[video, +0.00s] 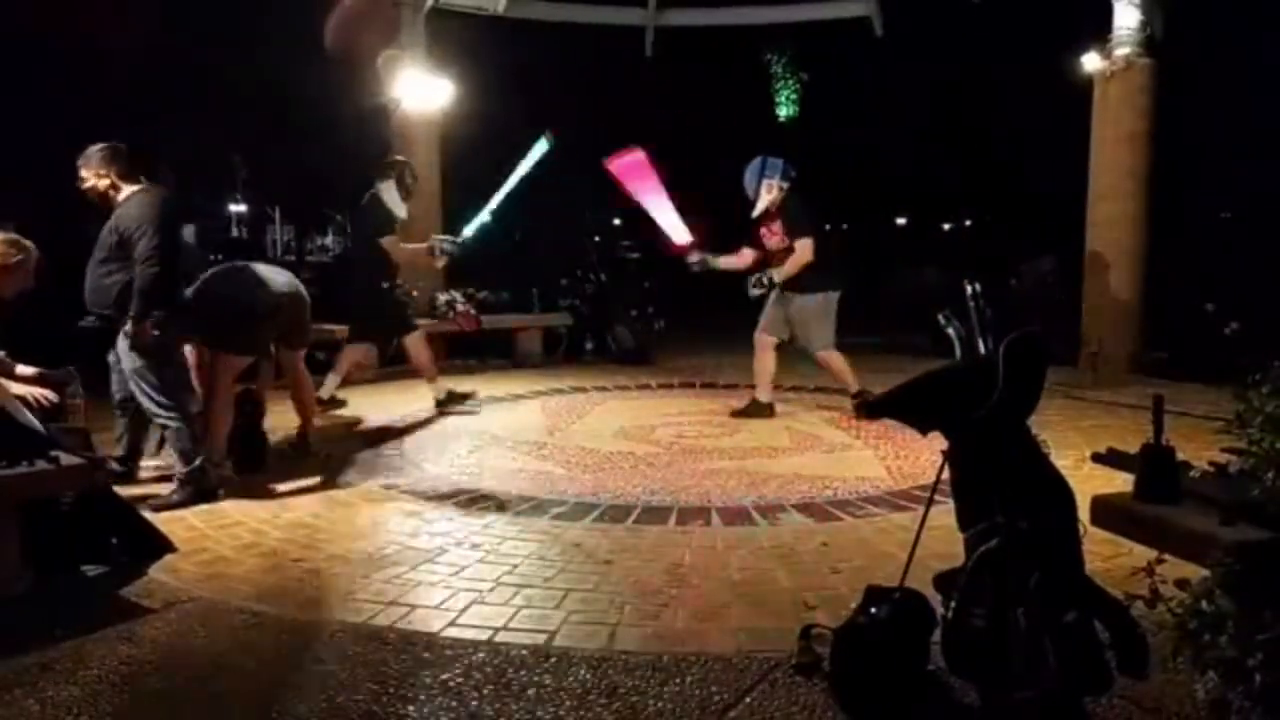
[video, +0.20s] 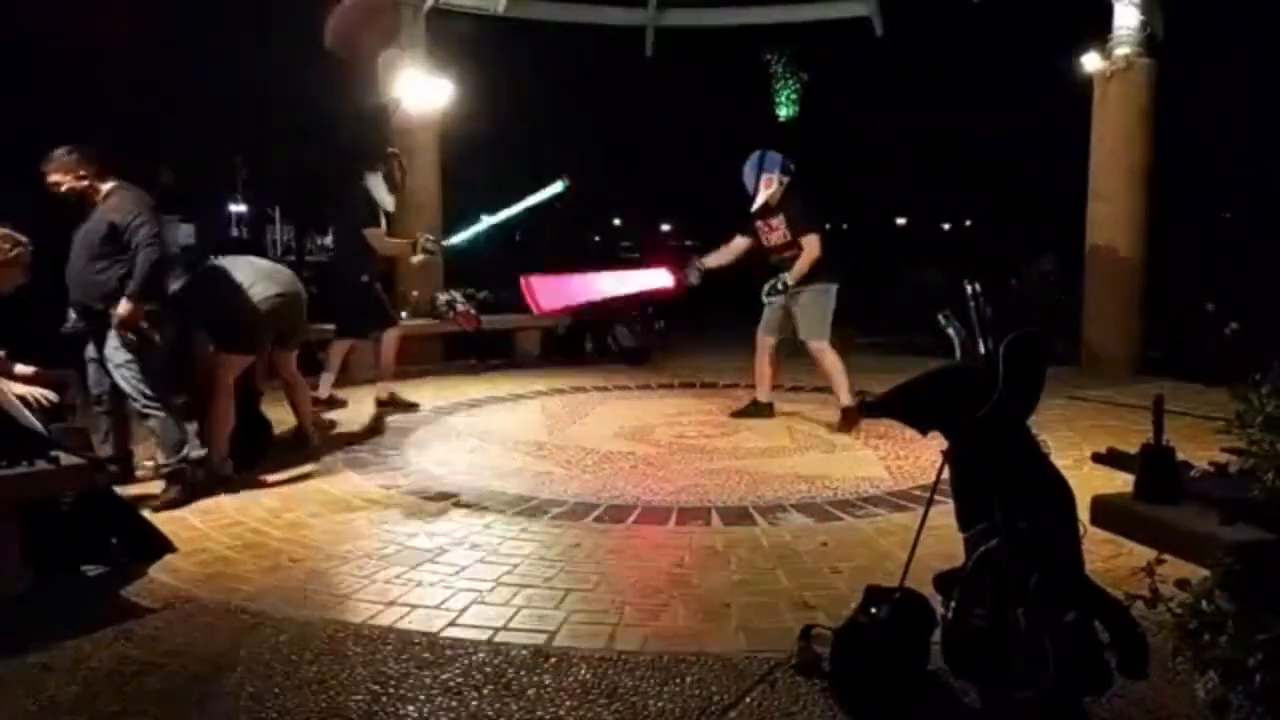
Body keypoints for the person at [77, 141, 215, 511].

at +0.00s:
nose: (85, 188)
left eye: (86, 180)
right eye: (83, 181)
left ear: (106, 176)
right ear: (109, 175)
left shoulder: (144, 207)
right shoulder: (132, 205)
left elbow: (150, 266)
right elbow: (142, 264)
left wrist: (137, 317)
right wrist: (123, 311)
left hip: (139, 321)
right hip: (122, 320)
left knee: (163, 404)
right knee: (125, 396)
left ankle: (195, 474)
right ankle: (125, 461)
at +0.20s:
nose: (57, 192)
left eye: (59, 184)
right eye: (54, 186)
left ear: (81, 175)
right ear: (81, 177)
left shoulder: (126, 202)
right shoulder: (99, 207)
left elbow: (149, 249)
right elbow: (101, 262)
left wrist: (133, 298)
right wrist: (83, 305)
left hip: (120, 317)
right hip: (93, 319)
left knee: (142, 395)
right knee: (103, 397)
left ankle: (180, 469)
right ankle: (115, 464)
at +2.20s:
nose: (73, 192)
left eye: (79, 185)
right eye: (69, 185)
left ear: (99, 177)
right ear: (66, 180)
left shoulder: (139, 205)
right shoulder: (75, 210)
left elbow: (168, 249)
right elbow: (70, 258)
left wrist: (119, 259)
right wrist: (63, 292)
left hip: (129, 321)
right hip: (87, 320)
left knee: (131, 400)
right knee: (100, 400)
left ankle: (141, 468)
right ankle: (111, 464)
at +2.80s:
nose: (27, 196)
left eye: (30, 187)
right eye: (24, 189)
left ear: (53, 177)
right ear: (40, 182)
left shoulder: (105, 206)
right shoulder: (39, 218)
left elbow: (139, 250)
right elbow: (32, 272)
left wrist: (130, 302)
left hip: (103, 324)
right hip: (60, 328)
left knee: (123, 400)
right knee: (59, 402)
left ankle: (141, 466)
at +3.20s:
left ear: (4, 199)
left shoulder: (50, 202)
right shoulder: (6, 246)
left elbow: (107, 225)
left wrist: (118, 275)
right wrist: (14, 323)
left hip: (95, 314)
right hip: (43, 326)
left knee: (108, 395)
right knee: (35, 398)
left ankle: (124, 470)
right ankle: (46, 476)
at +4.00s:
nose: (5, 200)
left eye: (4, 193)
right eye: (2, 195)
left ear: (16, 182)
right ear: (8, 189)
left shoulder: (72, 198)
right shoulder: (15, 223)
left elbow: (116, 225)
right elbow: (15, 272)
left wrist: (84, 259)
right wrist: (17, 296)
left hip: (91, 314)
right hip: (47, 321)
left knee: (106, 396)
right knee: (42, 399)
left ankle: (126, 471)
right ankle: (60, 472)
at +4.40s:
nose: (29, 195)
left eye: (29, 185)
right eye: (24, 189)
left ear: (48, 174)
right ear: (44, 179)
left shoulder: (96, 201)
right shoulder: (60, 210)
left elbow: (85, 242)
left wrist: (32, 247)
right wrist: (24, 262)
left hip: (109, 311)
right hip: (73, 311)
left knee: (115, 395)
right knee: (62, 388)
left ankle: (127, 470)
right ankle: (75, 466)